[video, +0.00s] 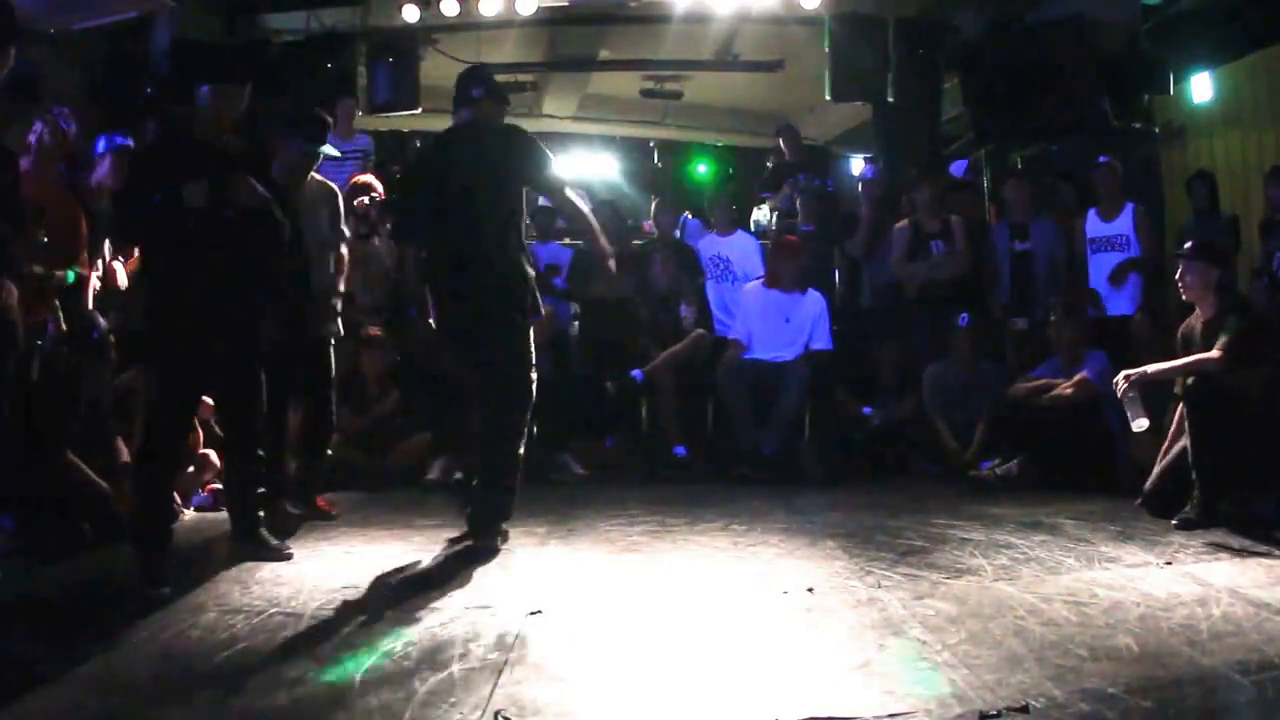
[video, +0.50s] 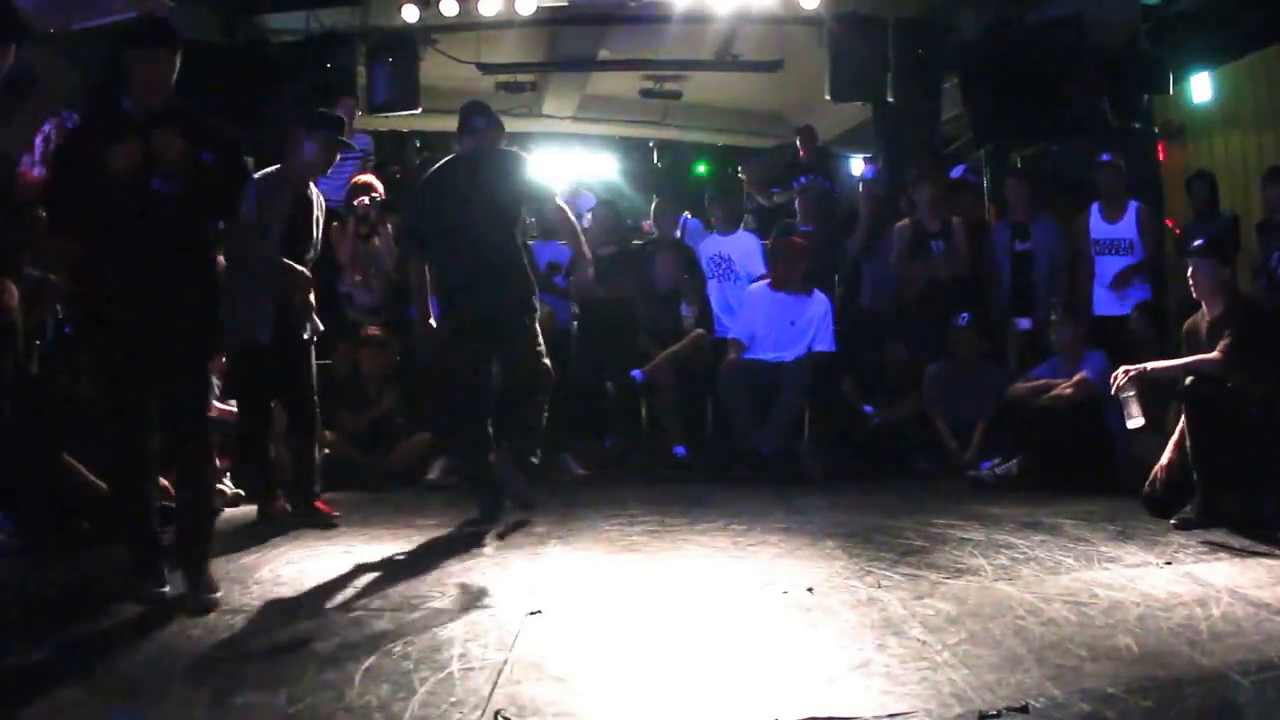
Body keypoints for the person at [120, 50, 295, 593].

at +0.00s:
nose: (229, 114)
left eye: (236, 104)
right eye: (220, 103)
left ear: (242, 110)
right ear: (197, 107)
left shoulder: (249, 159)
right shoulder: (161, 161)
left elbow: (285, 243)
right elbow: (126, 231)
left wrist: (263, 206)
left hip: (240, 313)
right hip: (174, 312)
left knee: (245, 424)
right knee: (164, 432)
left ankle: (248, 527)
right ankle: (151, 547)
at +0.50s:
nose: (153, 75)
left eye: (163, 63)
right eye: (142, 63)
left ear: (176, 65)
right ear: (125, 66)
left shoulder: (200, 133)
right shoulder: (93, 134)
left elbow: (231, 202)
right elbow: (61, 215)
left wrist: (186, 167)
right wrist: (109, 173)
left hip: (186, 305)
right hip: (114, 307)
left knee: (190, 436)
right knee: (126, 438)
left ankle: (197, 567)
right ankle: (143, 568)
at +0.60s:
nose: (154, 75)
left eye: (164, 63)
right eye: (144, 62)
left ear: (174, 66)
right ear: (124, 64)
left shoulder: (191, 130)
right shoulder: (89, 131)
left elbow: (226, 201)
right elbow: (55, 212)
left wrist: (181, 162)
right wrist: (107, 169)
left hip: (172, 307)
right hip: (100, 307)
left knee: (160, 440)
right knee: (107, 437)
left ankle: (154, 578)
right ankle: (130, 560)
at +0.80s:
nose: (147, 76)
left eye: (159, 66)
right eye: (138, 62)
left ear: (174, 68)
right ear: (119, 60)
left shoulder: (188, 135)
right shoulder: (75, 129)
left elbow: (221, 210)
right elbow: (32, 203)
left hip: (153, 305)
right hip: (79, 302)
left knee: (133, 451)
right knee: (79, 437)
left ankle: (116, 604)